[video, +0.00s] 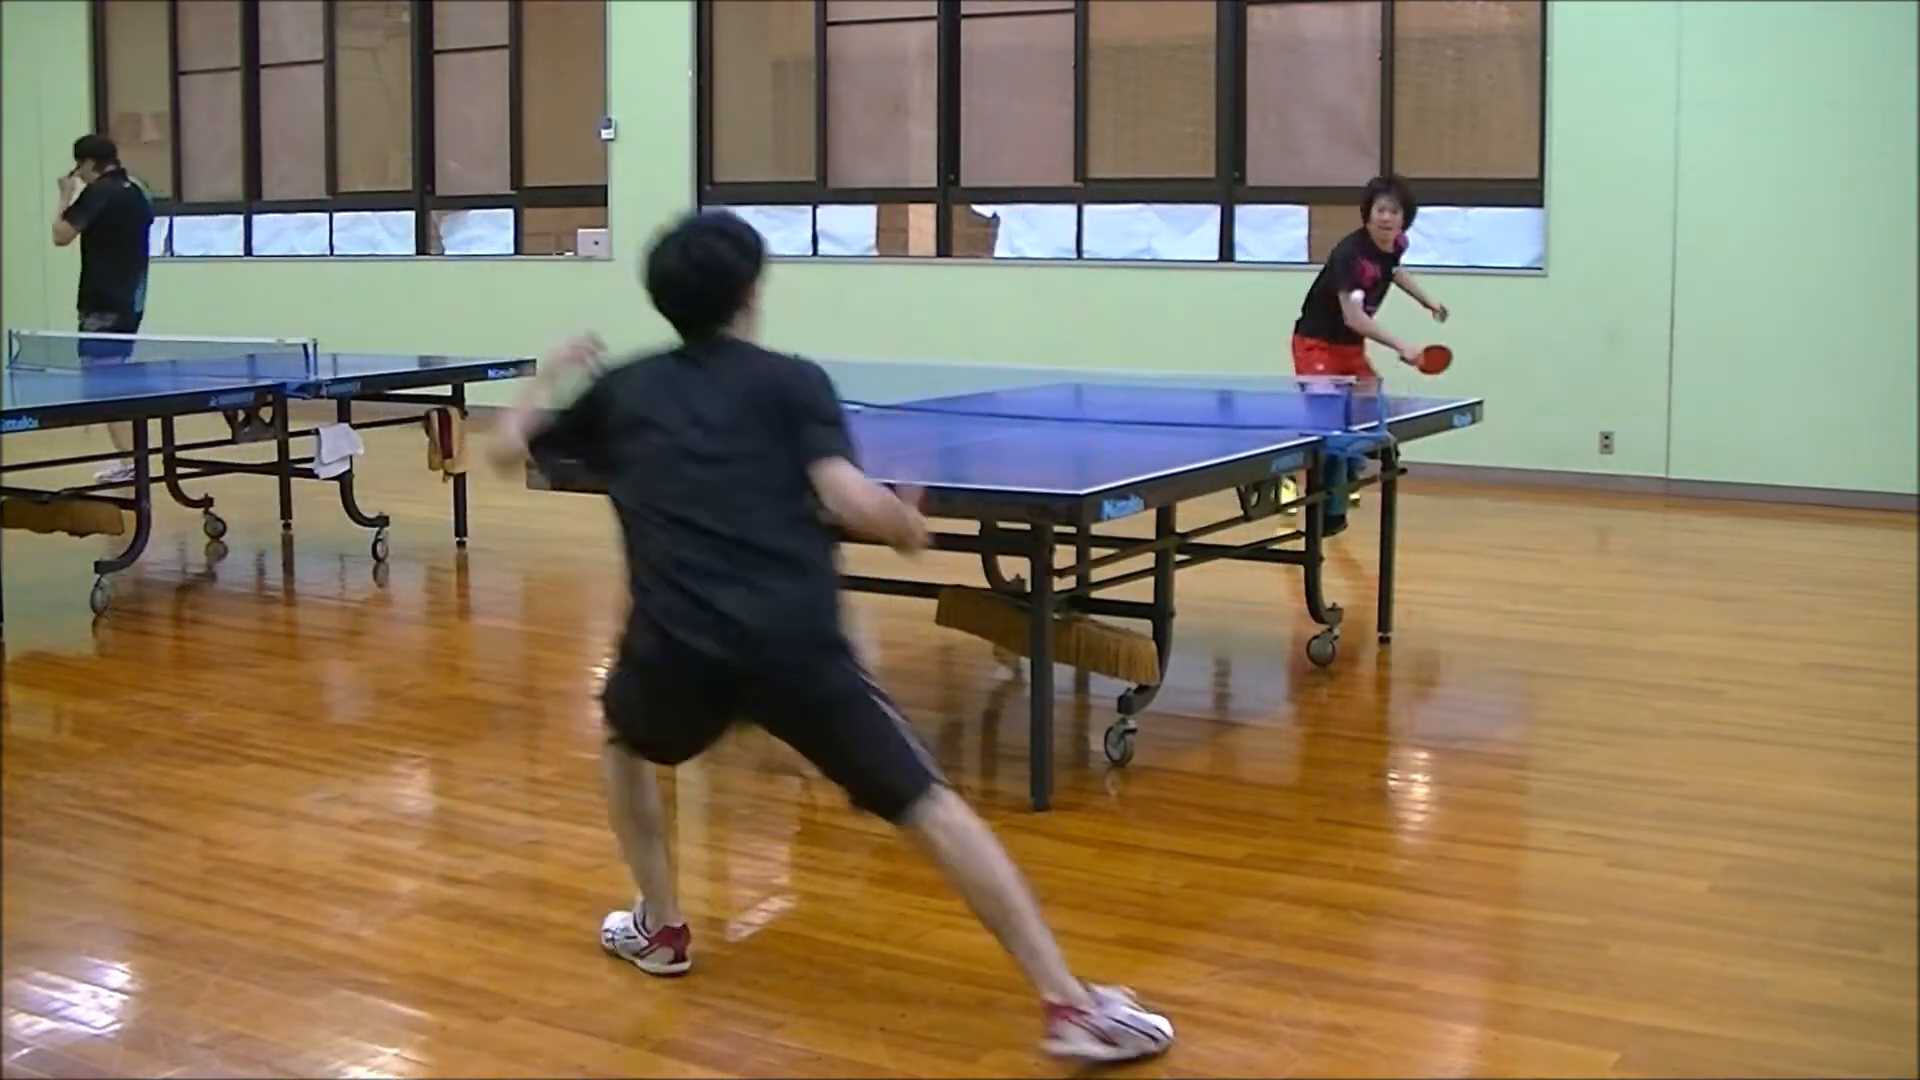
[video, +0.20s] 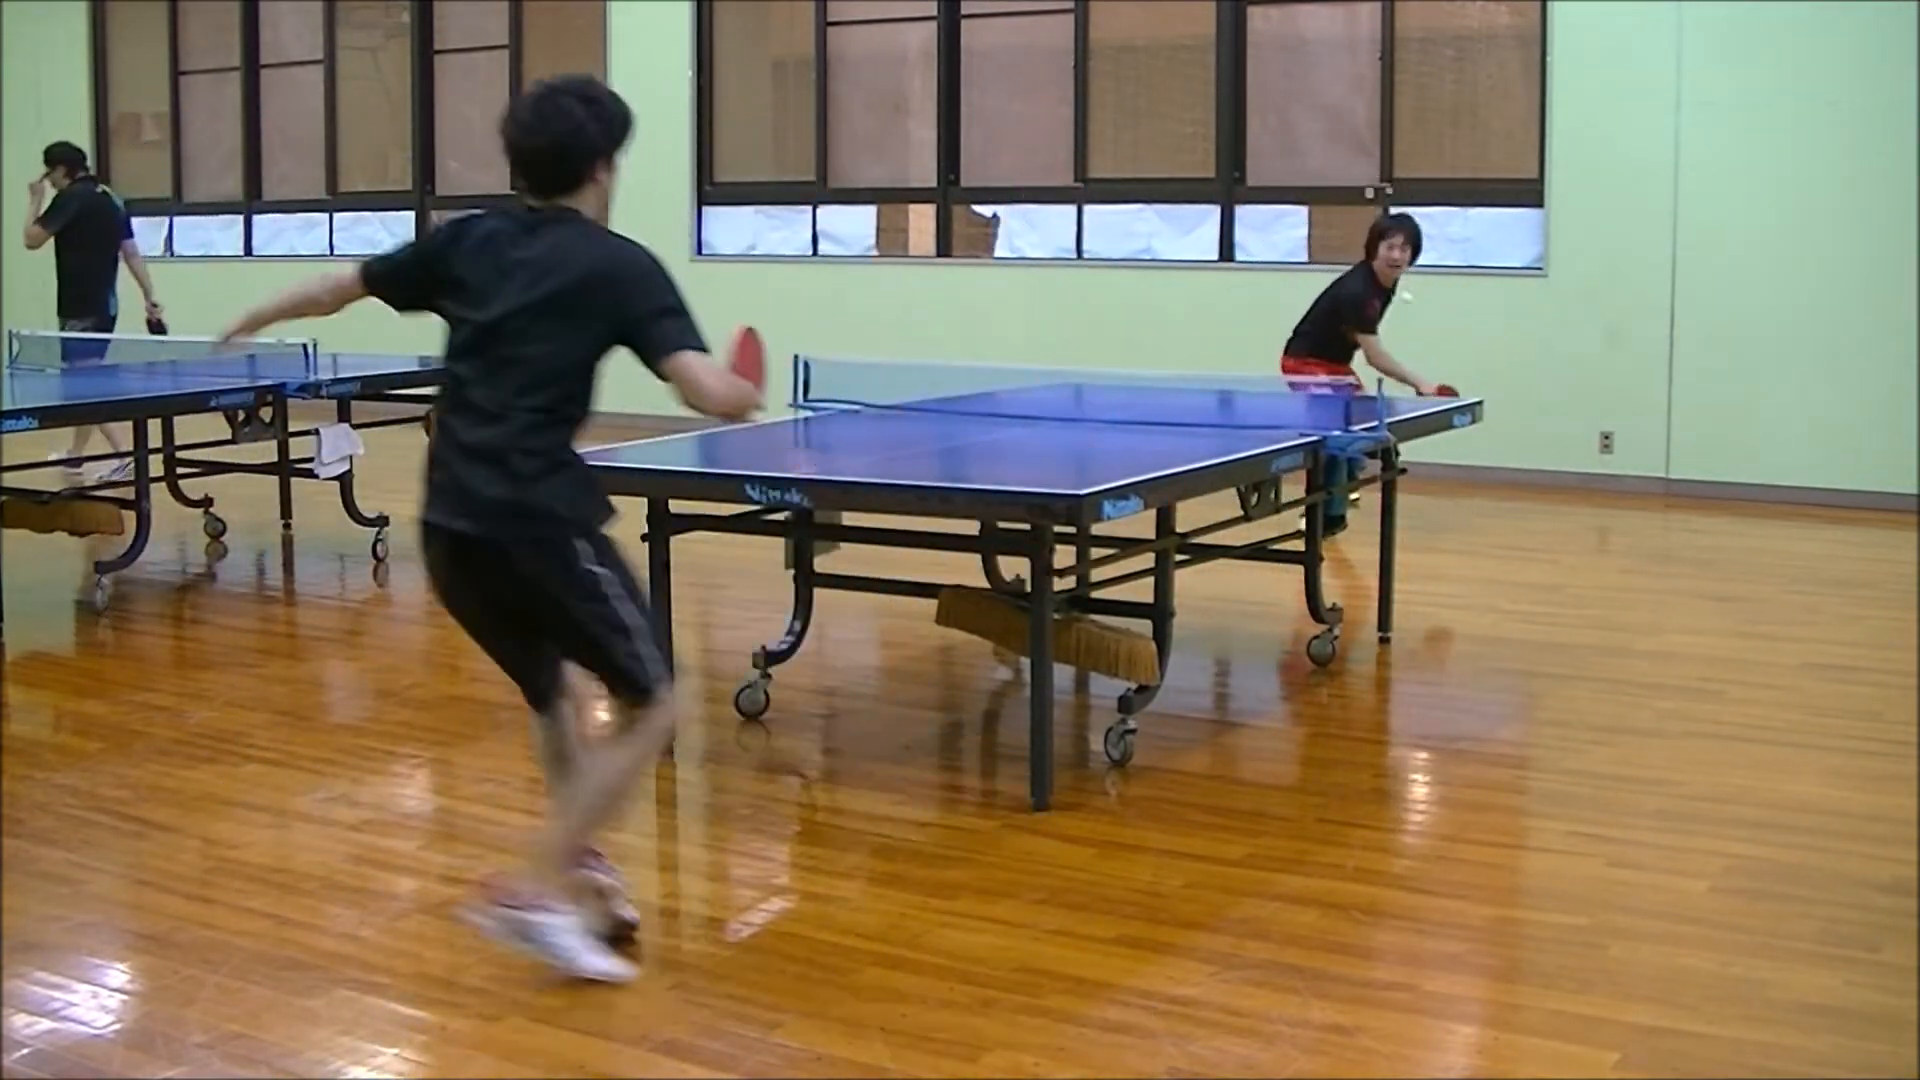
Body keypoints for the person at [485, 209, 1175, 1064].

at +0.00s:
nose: (760, 289)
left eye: (749, 278)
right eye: (755, 278)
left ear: (665, 302)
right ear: (745, 295)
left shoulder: (624, 395)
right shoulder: (792, 383)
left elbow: (507, 444)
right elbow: (843, 496)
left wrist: (552, 375)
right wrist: (906, 524)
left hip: (679, 658)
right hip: (798, 656)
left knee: (627, 742)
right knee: (932, 807)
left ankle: (660, 925)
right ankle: (1070, 1002)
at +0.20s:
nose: (618, 169)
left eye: (615, 155)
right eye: (616, 157)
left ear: (519, 159)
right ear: (604, 166)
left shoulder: (471, 238)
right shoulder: (618, 266)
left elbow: (342, 286)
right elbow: (711, 395)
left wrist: (254, 318)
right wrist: (742, 388)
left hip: (451, 532)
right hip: (540, 526)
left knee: (556, 698)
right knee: (655, 706)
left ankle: (587, 877)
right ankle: (536, 887)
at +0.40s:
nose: (471, 198)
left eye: (468, 184)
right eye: (467, 185)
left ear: (379, 194)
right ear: (449, 196)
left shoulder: (332, 280)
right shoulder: (444, 302)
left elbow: (247, 402)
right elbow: (500, 438)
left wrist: (236, 497)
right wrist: (573, 425)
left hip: (302, 533)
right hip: (361, 554)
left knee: (357, 659)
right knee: (430, 753)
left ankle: (270, 794)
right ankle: (276, 898)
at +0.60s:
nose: (363, 292)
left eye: (360, 278)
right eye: (358, 280)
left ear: (288, 293)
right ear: (333, 297)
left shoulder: (265, 356)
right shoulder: (302, 389)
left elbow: (286, 454)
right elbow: (342, 528)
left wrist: (366, 486)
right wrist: (449, 500)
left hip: (173, 579)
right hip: (215, 597)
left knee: (214, 686)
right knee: (376, 717)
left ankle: (111, 803)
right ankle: (279, 893)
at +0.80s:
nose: (314, 272)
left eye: (312, 259)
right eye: (308, 261)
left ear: (259, 270)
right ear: (274, 276)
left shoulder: (263, 333)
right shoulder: (203, 361)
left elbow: (304, 405)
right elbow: (199, 508)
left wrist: (314, 413)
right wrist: (322, 499)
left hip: (190, 535)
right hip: (144, 543)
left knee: (220, 653)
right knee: (277, 674)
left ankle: (116, 767)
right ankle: (217, 873)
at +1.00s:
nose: (267, 256)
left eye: (262, 241)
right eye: (257, 244)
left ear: (211, 261)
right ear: (222, 267)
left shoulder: (194, 316)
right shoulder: (171, 356)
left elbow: (198, 389)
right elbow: (165, 501)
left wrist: (242, 381)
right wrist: (250, 434)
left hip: (164, 529)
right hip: (129, 544)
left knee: (195, 649)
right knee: (245, 682)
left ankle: (110, 783)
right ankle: (169, 870)